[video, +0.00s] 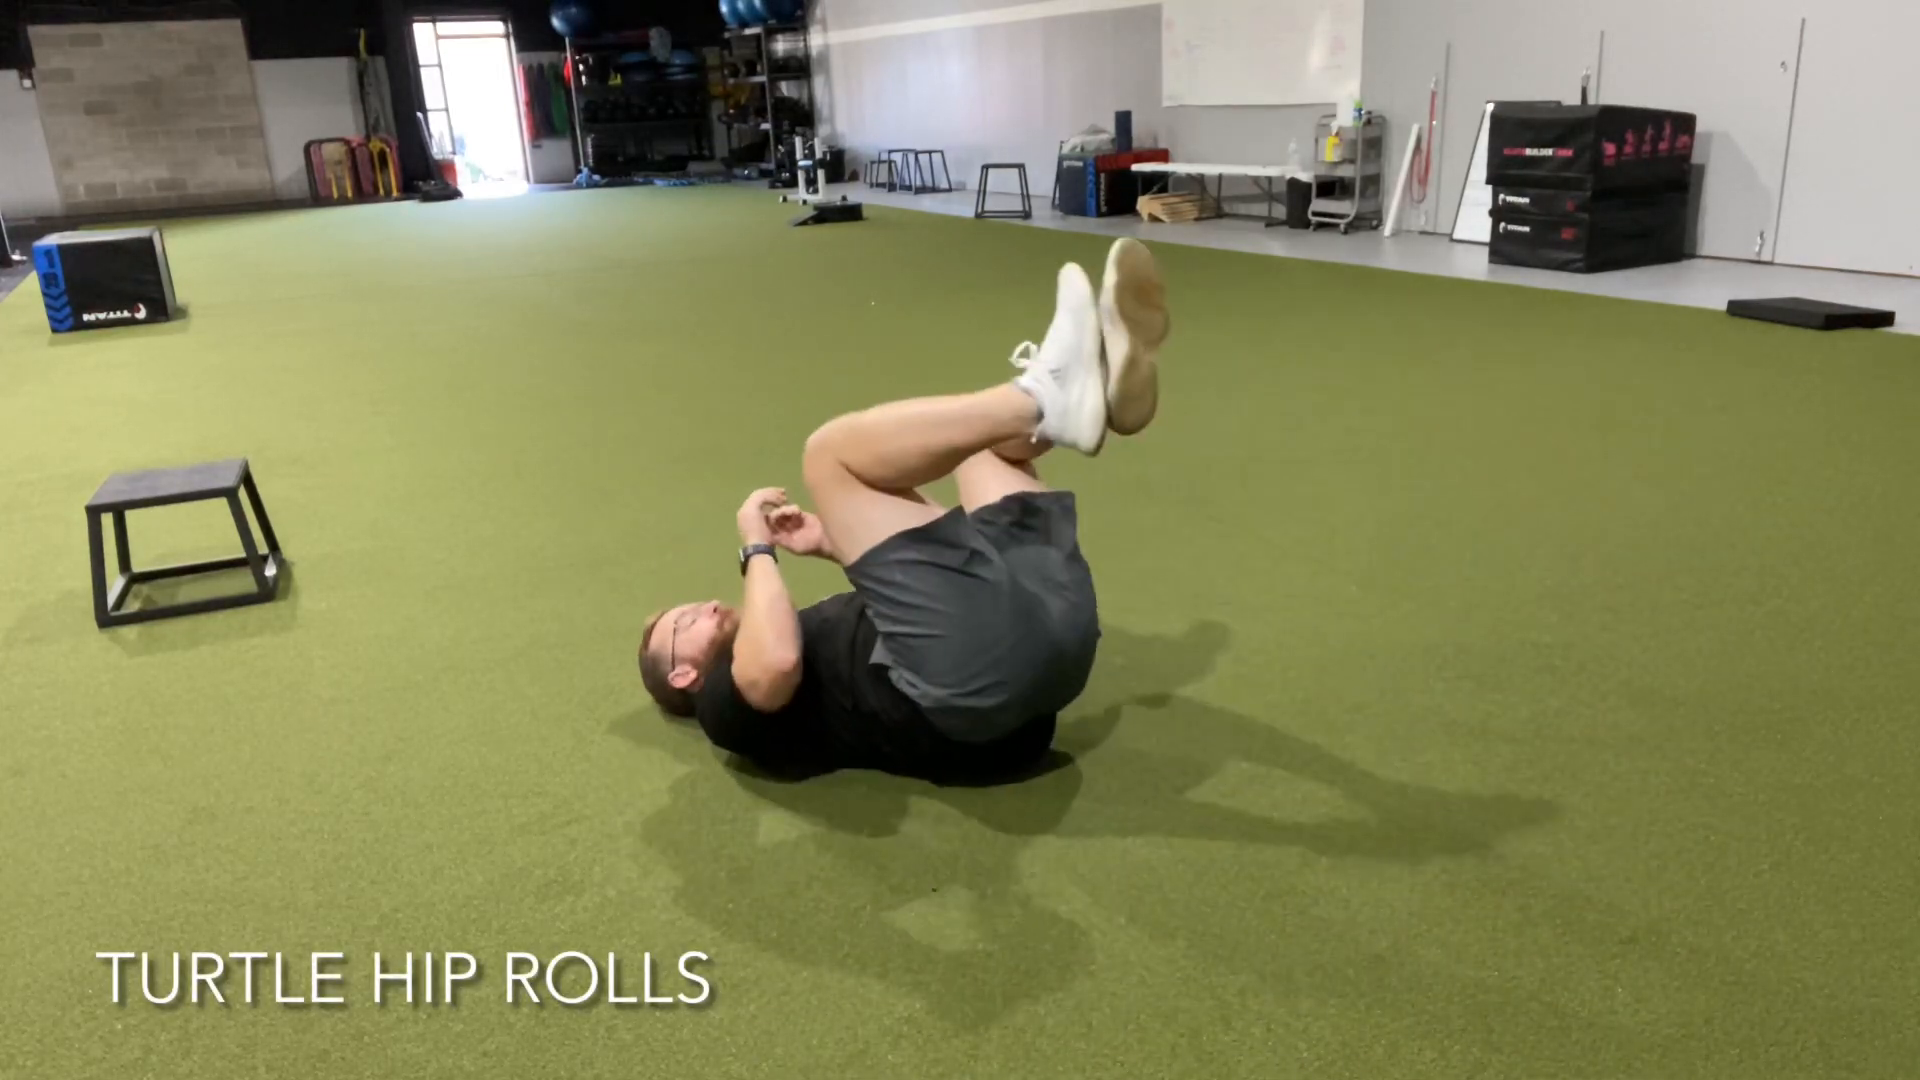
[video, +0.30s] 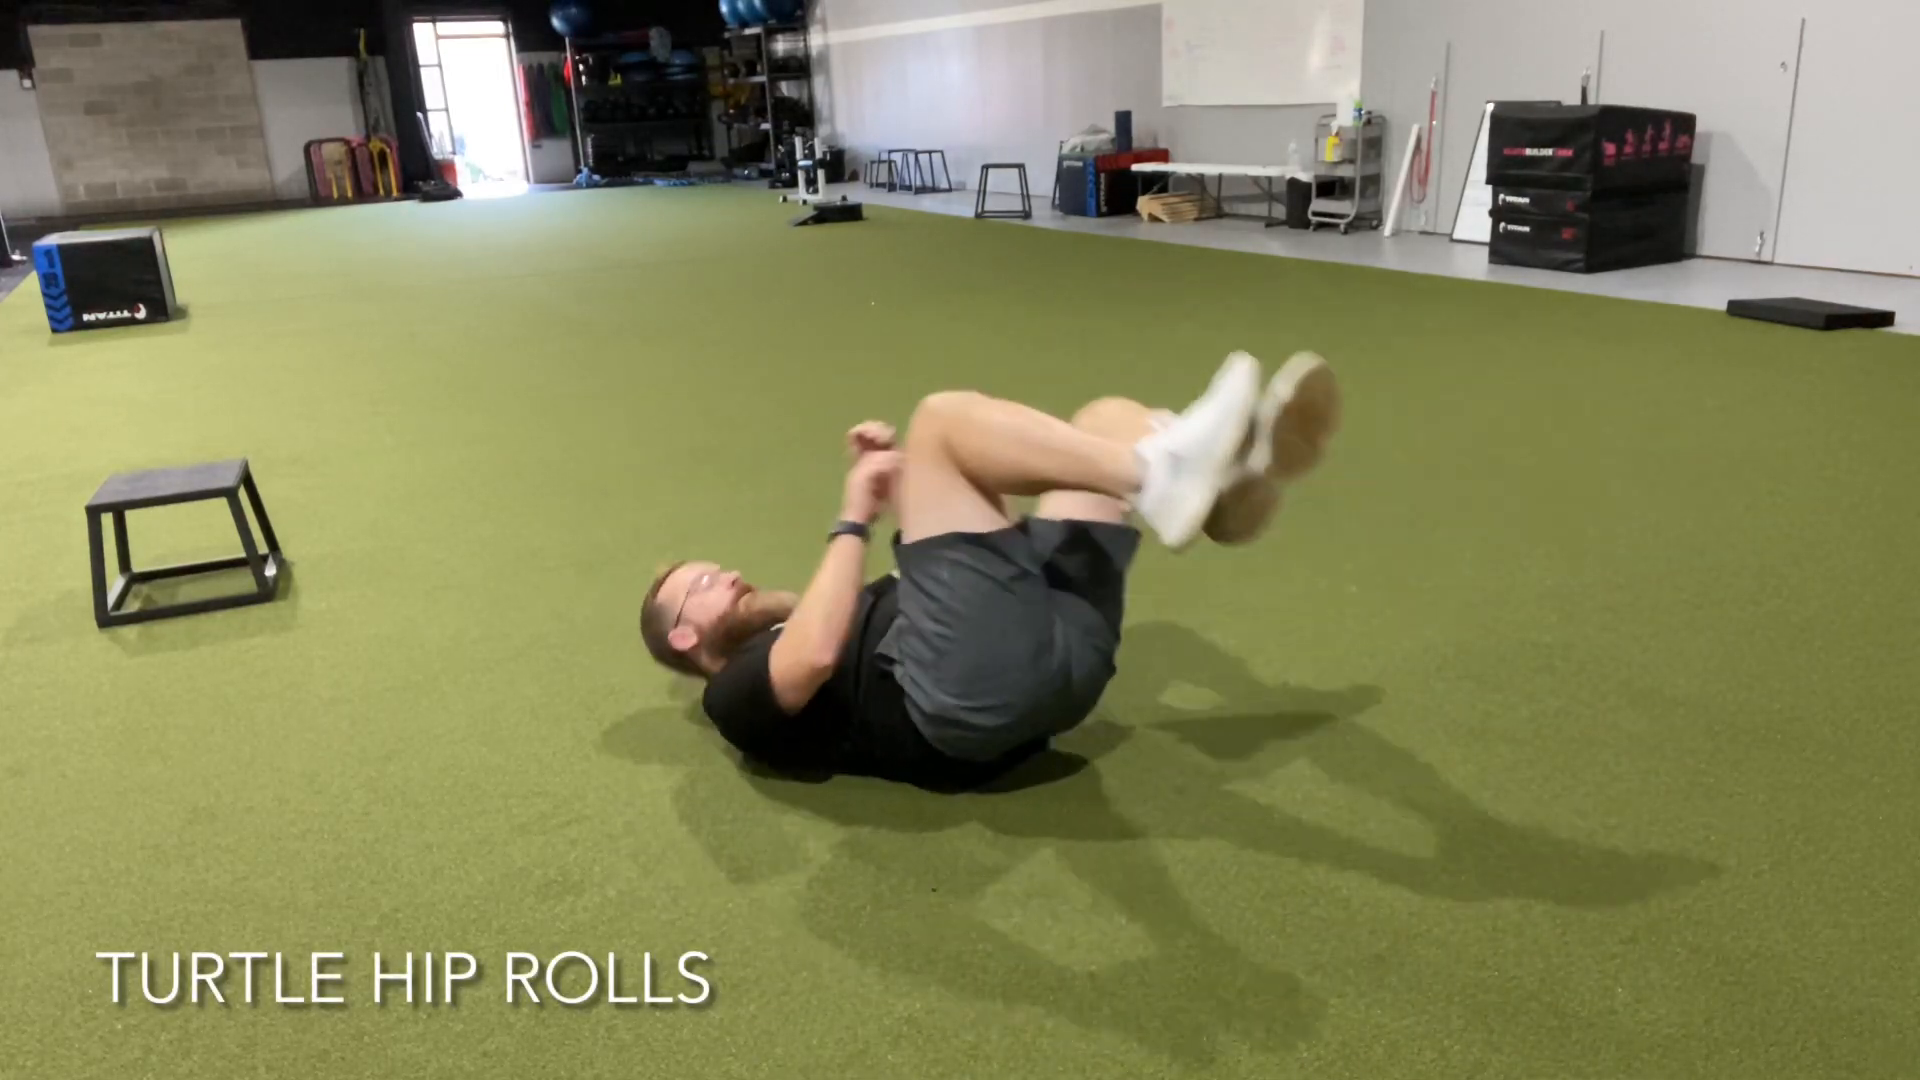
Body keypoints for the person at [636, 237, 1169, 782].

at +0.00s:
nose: (705, 606)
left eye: (696, 605)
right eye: (682, 627)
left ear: (729, 613)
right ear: (688, 681)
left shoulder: (826, 645)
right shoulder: (725, 707)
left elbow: (933, 552)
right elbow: (773, 661)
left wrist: (831, 542)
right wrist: (757, 549)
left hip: (1058, 645)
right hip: (957, 671)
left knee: (988, 448)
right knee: (830, 455)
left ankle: (1111, 394)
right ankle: (1035, 396)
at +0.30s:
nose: (718, 578)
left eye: (713, 572)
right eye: (693, 593)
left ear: (745, 578)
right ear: (689, 646)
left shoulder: (834, 623)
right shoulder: (734, 698)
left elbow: (956, 586)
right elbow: (812, 653)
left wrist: (909, 488)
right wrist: (858, 513)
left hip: (1064, 668)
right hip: (961, 681)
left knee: (1107, 417)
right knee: (934, 424)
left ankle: (1238, 475)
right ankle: (1148, 476)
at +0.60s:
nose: (849, 486)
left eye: (841, 473)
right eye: (822, 479)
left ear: (826, 498)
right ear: (772, 515)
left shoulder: (905, 555)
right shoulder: (787, 605)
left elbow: (1010, 583)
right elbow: (936, 591)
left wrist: (1113, 500)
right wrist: (1087, 504)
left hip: (1089, 742)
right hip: (1002, 746)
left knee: (1230, 521)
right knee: (1116, 496)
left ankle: (1386, 634)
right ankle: (1349, 633)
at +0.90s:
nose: (1031, 391)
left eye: (1027, 375)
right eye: (1015, 374)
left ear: (962, 387)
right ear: (954, 386)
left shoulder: (986, 476)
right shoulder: (947, 478)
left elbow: (1068, 608)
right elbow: (1133, 532)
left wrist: (1167, 652)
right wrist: (1222, 510)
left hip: (1089, 718)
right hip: (1042, 717)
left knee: (1275, 614)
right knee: (1268, 575)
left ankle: (1399, 768)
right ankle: (1457, 779)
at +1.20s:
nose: (1171, 339)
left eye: (1168, 322)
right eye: (1158, 321)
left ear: (1099, 329)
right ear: (1107, 328)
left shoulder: (1072, 422)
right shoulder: (1106, 429)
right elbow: (1264, 531)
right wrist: (1332, 505)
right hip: (1121, 687)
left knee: (1336, 685)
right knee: (1375, 596)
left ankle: (1413, 792)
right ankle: (1501, 843)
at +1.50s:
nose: (1248, 317)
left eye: (1248, 299)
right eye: (1242, 298)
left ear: (1162, 303)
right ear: (1196, 298)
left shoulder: (1114, 396)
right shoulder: (1211, 402)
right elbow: (1317, 539)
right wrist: (1384, 527)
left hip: (1146, 733)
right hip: (1169, 676)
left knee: (1355, 679)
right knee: (1431, 590)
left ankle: (1410, 787)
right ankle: (1512, 847)